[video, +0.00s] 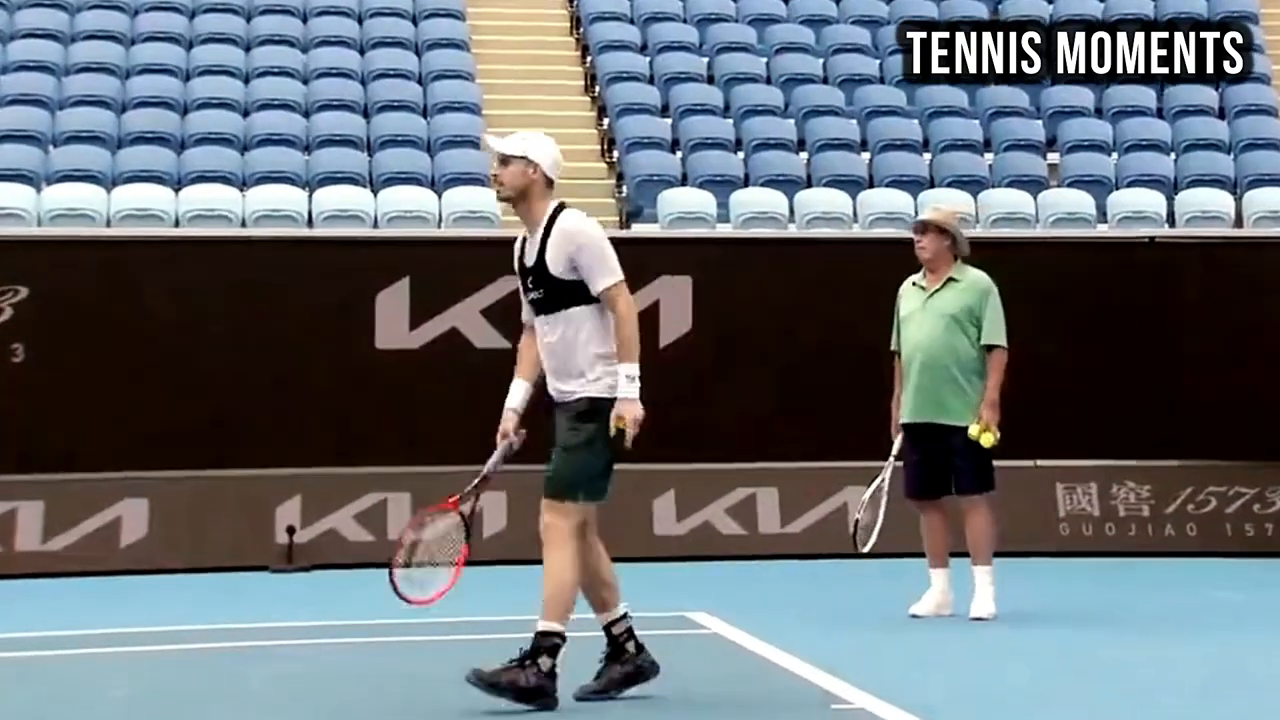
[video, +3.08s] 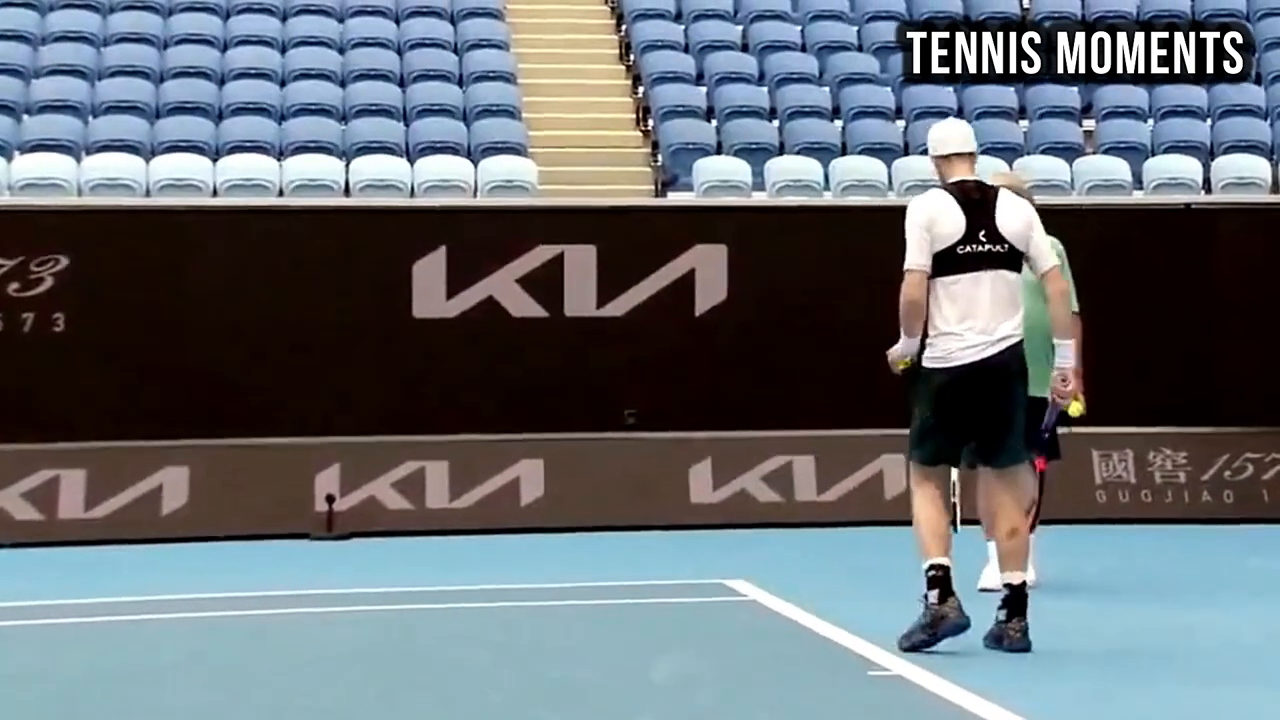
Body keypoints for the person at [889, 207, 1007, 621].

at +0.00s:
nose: (916, 240)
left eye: (924, 233)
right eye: (916, 234)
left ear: (948, 240)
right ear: (920, 243)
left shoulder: (979, 285)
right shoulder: (908, 289)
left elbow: (997, 349)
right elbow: (900, 356)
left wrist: (991, 399)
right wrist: (898, 408)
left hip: (965, 414)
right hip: (918, 414)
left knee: (973, 499)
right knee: (928, 502)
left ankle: (983, 588)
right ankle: (939, 589)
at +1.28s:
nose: (961, 194)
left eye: (969, 187)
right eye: (958, 188)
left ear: (991, 193)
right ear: (954, 194)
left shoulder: (1020, 239)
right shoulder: (944, 240)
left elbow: (1039, 305)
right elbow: (935, 305)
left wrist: (1036, 361)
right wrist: (931, 356)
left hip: (1006, 368)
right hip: (957, 367)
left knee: (1006, 454)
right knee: (962, 457)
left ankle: (1007, 541)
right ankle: (961, 542)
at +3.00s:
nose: (1005, 215)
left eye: (1012, 205)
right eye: (998, 206)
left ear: (1028, 209)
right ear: (988, 212)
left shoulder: (1050, 252)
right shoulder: (977, 251)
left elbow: (1073, 319)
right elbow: (961, 314)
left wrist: (1075, 377)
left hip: (1038, 382)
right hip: (991, 381)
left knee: (1028, 473)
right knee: (997, 474)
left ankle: (1022, 557)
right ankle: (999, 557)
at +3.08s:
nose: (1004, 211)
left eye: (1010, 200)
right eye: (997, 201)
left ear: (1025, 203)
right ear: (988, 206)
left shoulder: (1047, 248)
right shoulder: (976, 249)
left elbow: (1068, 313)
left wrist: (1069, 370)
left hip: (1035, 380)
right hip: (989, 379)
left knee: (1028, 468)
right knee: (990, 469)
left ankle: (1022, 556)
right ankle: (995, 554)